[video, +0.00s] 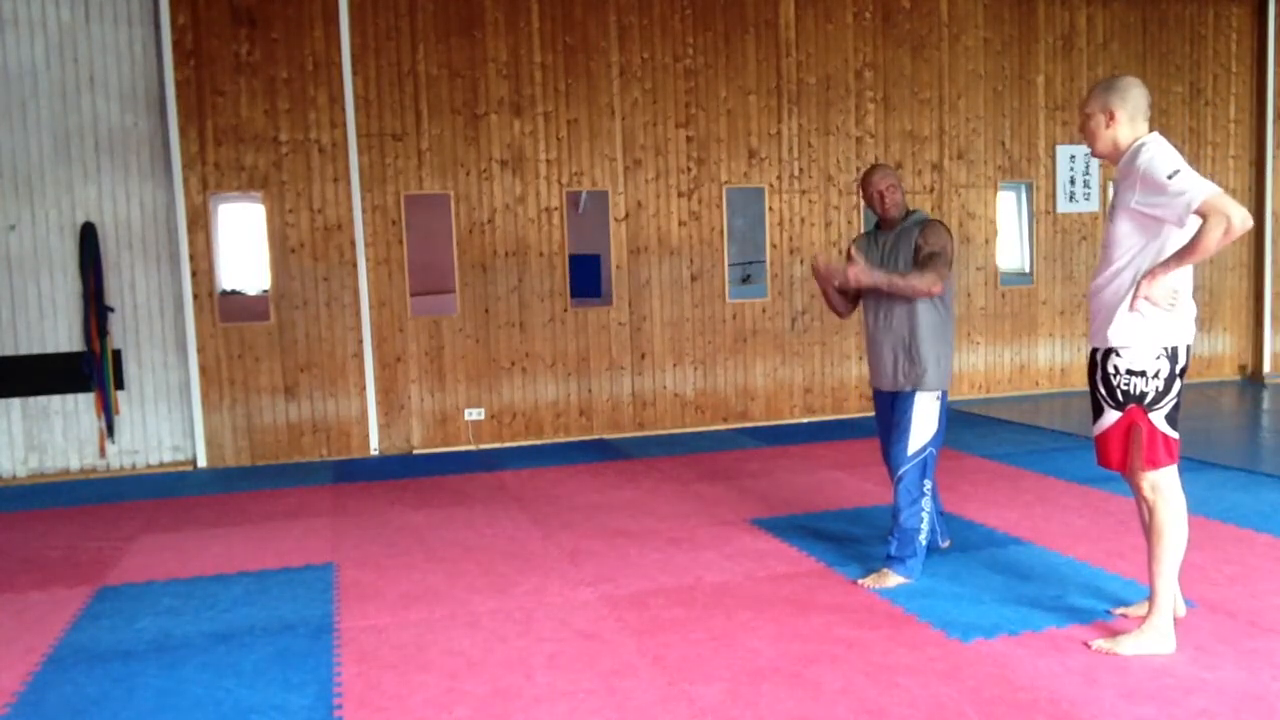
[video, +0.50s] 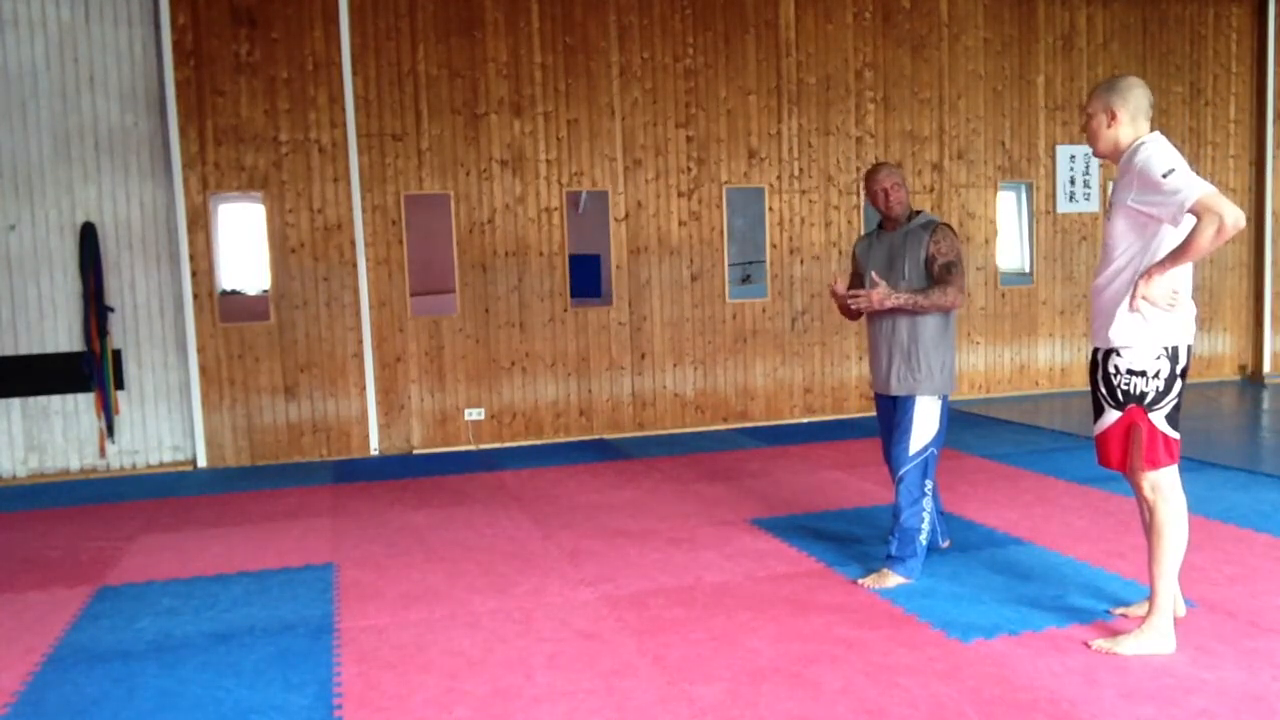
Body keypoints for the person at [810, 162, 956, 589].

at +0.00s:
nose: (888, 196)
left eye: (893, 188)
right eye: (878, 192)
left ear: (904, 192)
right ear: (866, 201)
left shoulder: (930, 232)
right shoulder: (864, 246)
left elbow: (932, 283)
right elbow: (845, 306)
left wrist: (868, 278)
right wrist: (827, 281)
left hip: (924, 369)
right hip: (884, 370)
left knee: (908, 463)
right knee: (901, 460)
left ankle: (904, 563)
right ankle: (933, 531)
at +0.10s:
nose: (887, 197)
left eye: (892, 188)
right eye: (878, 192)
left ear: (903, 191)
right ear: (867, 201)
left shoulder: (932, 235)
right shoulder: (861, 248)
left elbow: (942, 293)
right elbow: (857, 307)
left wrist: (882, 298)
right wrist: (839, 304)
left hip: (925, 372)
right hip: (885, 373)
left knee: (910, 465)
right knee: (901, 461)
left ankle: (904, 564)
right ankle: (934, 531)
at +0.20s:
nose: (887, 196)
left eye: (892, 188)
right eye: (877, 192)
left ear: (903, 191)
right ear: (866, 200)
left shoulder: (934, 235)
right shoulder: (861, 248)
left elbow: (949, 295)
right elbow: (855, 302)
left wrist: (890, 304)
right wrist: (845, 308)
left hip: (926, 373)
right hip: (886, 374)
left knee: (910, 468)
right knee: (901, 463)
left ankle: (904, 564)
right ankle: (934, 532)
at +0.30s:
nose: (888, 196)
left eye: (892, 188)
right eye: (878, 192)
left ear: (904, 190)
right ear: (867, 200)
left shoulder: (935, 235)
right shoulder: (863, 248)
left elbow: (952, 295)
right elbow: (856, 303)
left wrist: (892, 304)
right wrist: (846, 308)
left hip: (927, 373)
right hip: (886, 375)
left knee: (911, 469)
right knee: (901, 463)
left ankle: (904, 565)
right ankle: (935, 531)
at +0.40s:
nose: (890, 195)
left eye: (894, 187)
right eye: (880, 191)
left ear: (906, 189)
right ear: (869, 200)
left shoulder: (936, 235)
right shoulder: (864, 247)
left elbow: (953, 295)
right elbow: (856, 304)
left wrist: (892, 302)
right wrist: (846, 305)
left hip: (926, 373)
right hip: (886, 374)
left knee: (911, 469)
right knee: (901, 462)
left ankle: (904, 565)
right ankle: (934, 530)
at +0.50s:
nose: (890, 196)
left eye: (895, 187)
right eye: (881, 192)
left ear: (908, 190)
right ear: (870, 199)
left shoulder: (937, 235)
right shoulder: (865, 247)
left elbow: (952, 295)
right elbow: (857, 307)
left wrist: (891, 299)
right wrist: (845, 302)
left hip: (927, 373)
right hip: (886, 374)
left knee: (910, 469)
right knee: (901, 462)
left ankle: (904, 565)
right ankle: (934, 530)